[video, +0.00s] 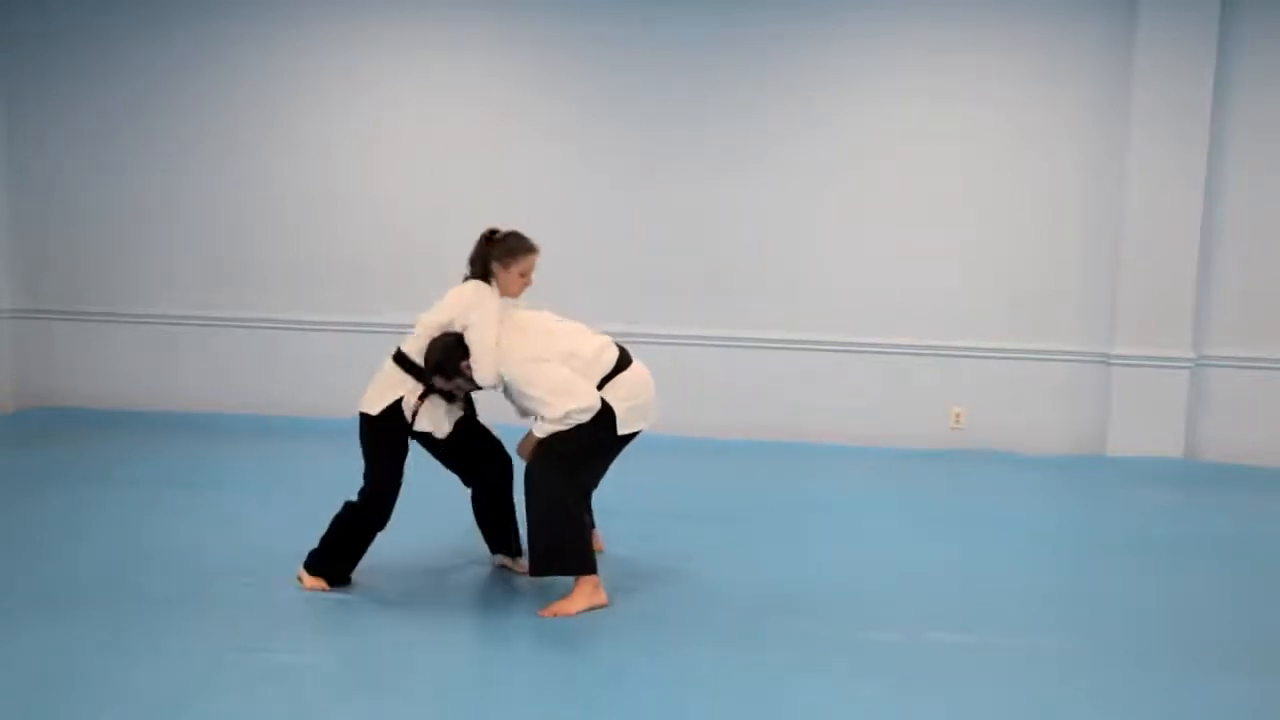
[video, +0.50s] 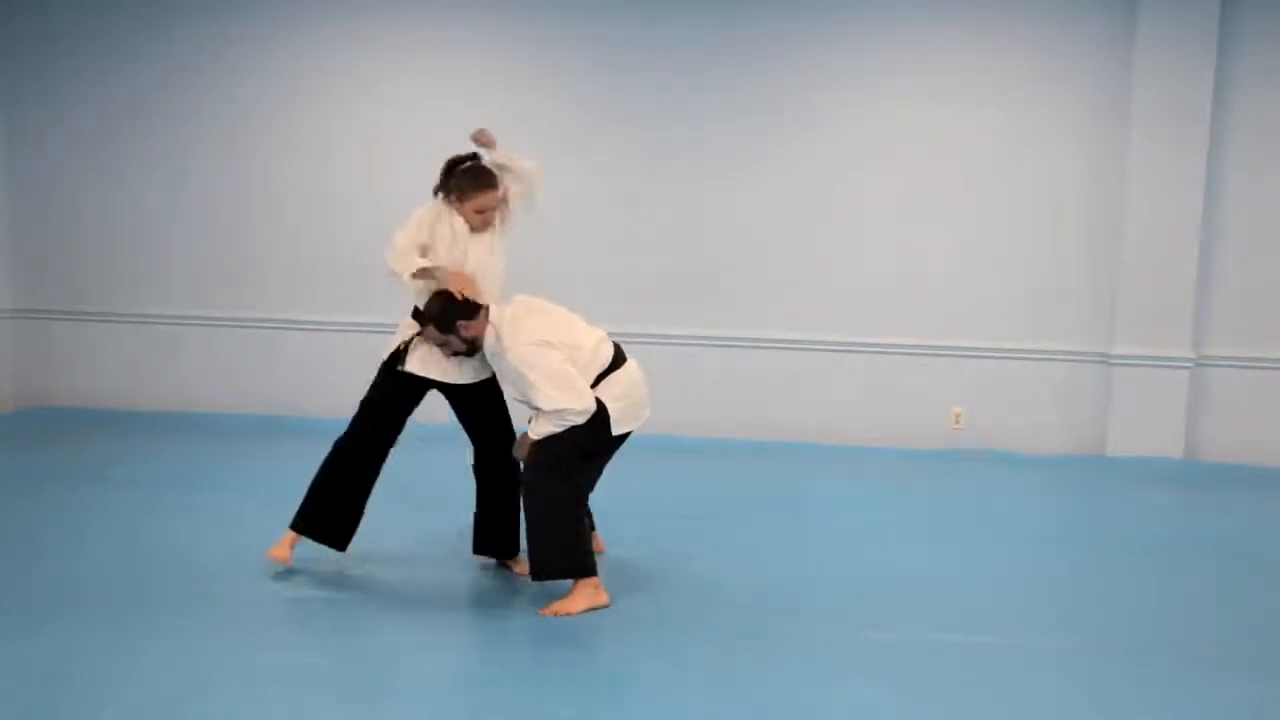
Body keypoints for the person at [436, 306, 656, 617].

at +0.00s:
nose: (461, 390)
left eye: (455, 385)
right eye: (452, 386)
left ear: (466, 367)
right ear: (464, 354)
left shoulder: (511, 359)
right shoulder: (497, 328)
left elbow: (583, 403)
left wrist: (536, 435)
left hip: (619, 396)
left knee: (549, 469)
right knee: (558, 459)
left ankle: (588, 585)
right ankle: (584, 535)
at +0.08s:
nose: (456, 383)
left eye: (452, 377)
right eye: (450, 379)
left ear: (464, 360)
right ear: (465, 345)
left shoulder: (513, 356)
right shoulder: (506, 324)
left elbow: (580, 403)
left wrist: (536, 435)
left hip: (618, 395)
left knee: (549, 471)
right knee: (559, 461)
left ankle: (588, 586)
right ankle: (584, 536)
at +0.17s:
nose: (458, 372)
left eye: (453, 366)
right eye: (452, 368)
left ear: (465, 349)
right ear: (468, 335)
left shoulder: (515, 352)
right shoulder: (513, 320)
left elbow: (580, 403)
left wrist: (537, 436)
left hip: (618, 397)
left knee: (551, 475)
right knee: (560, 463)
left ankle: (588, 586)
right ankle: (586, 535)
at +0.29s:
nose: (450, 364)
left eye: (450, 356)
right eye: (443, 357)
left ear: (469, 339)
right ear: (469, 331)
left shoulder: (518, 349)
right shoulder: (506, 321)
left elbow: (579, 404)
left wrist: (535, 436)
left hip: (616, 396)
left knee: (551, 474)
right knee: (559, 464)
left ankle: (589, 586)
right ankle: (585, 536)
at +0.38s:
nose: (451, 355)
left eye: (449, 347)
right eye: (445, 349)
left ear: (465, 332)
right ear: (471, 320)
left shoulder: (517, 345)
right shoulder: (504, 320)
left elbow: (580, 404)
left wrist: (535, 435)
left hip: (615, 396)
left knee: (551, 473)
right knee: (554, 463)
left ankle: (589, 586)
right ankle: (583, 536)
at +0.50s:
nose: (446, 352)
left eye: (445, 343)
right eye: (439, 345)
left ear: (464, 327)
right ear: (469, 315)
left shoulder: (514, 345)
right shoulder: (506, 318)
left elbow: (576, 406)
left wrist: (532, 437)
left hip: (612, 398)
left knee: (546, 473)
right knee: (550, 459)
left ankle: (588, 586)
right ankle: (583, 535)